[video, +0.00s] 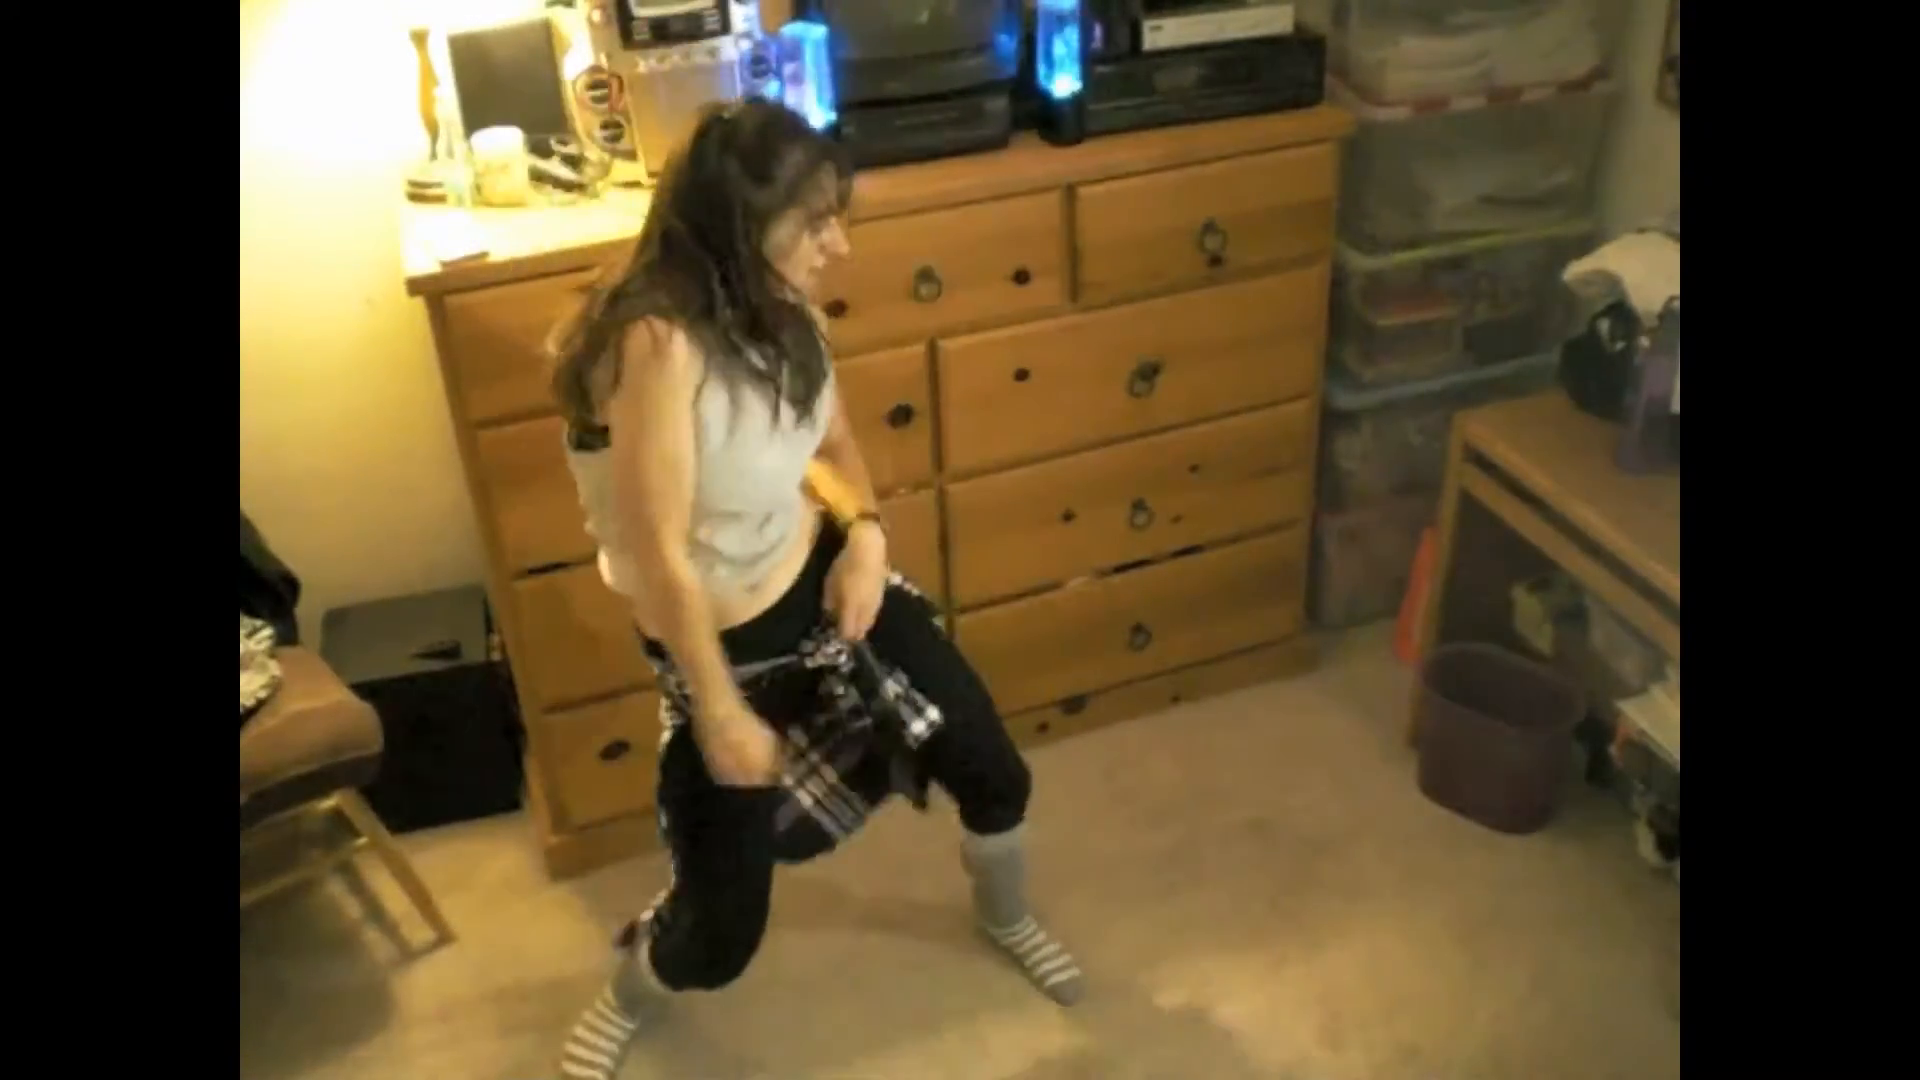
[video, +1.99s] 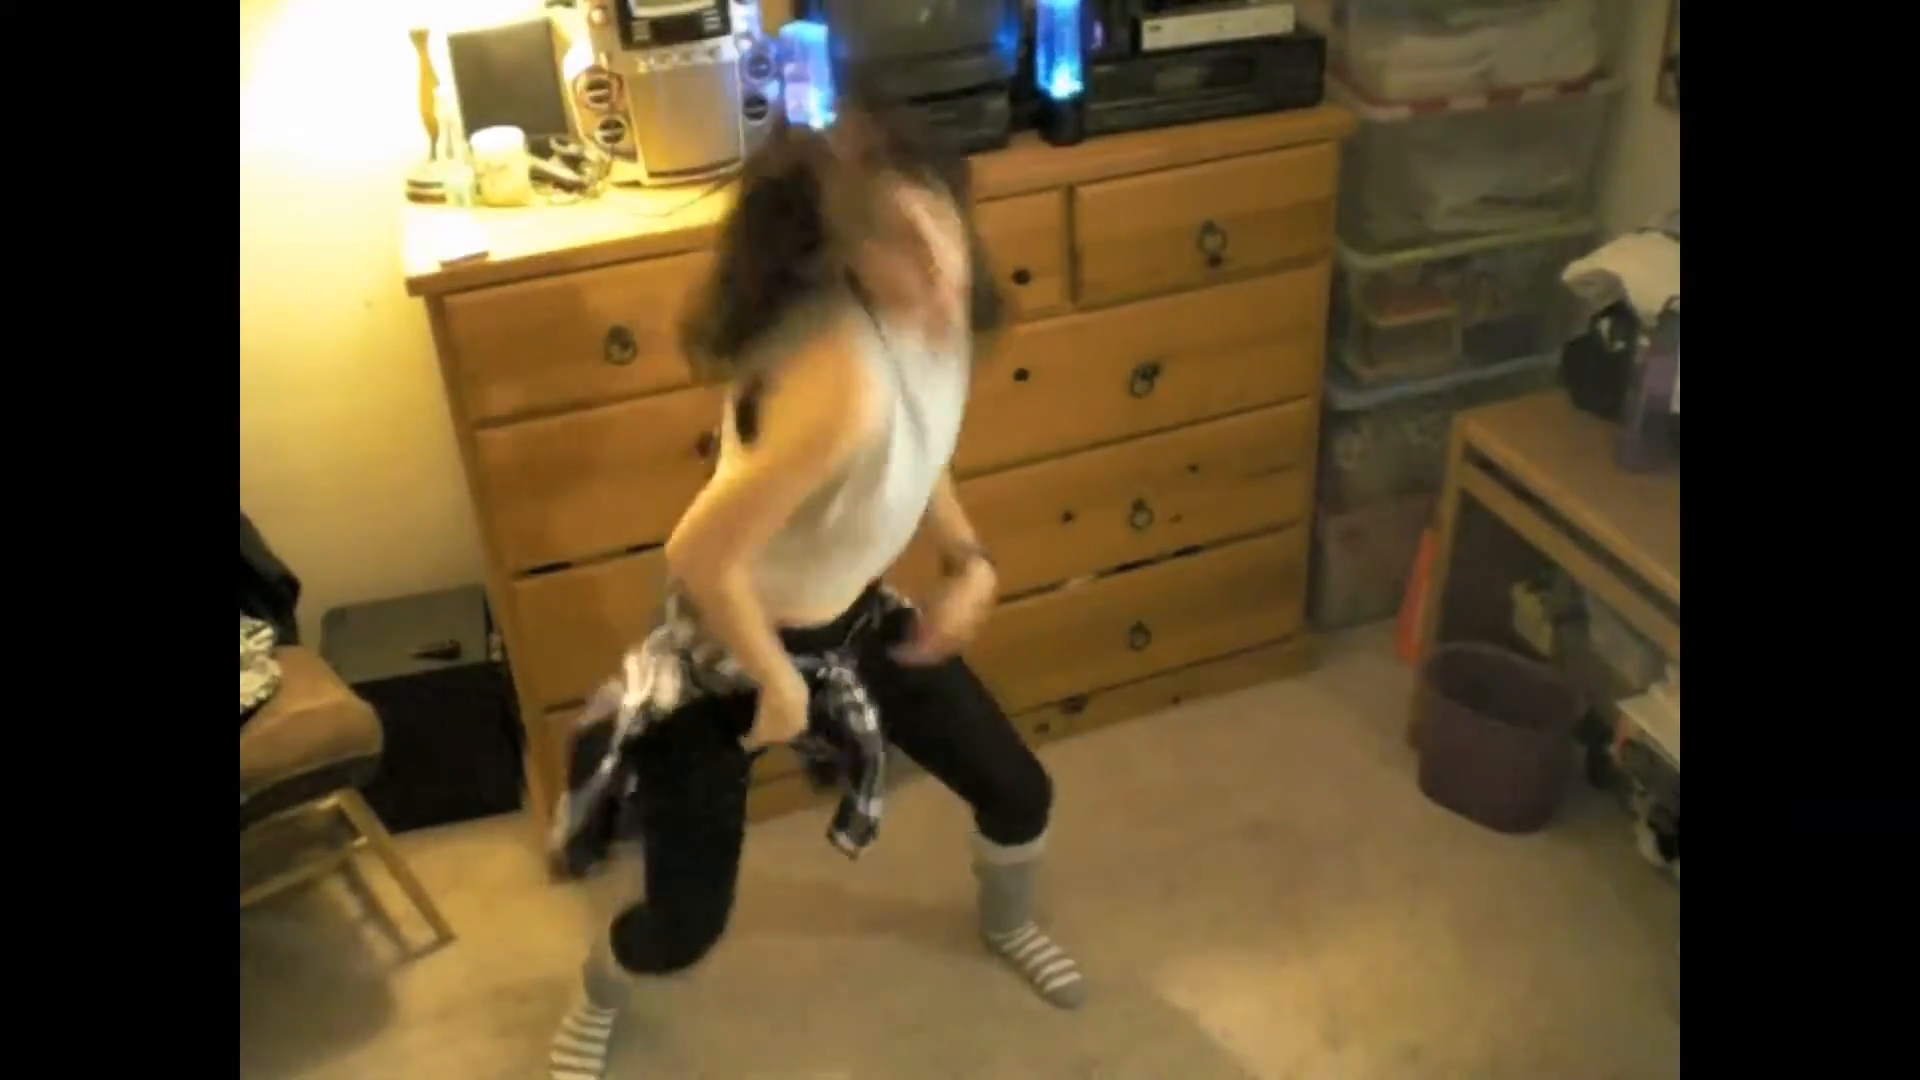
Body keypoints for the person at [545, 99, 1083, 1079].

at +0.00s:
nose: (838, 247)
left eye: (838, 220)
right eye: (816, 225)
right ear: (745, 226)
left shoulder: (784, 315)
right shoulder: (661, 344)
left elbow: (827, 443)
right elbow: (652, 547)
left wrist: (867, 529)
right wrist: (720, 710)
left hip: (830, 592)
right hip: (720, 659)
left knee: (994, 777)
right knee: (719, 937)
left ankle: (1009, 918)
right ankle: (625, 994)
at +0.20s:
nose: (796, 194)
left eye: (793, 167)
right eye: (773, 170)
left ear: (774, 171)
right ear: (700, 179)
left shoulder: (788, 279)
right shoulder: (615, 316)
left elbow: (850, 448)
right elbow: (493, 491)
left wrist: (856, 581)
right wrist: (600, 656)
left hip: (790, 597)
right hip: (666, 646)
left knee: (968, 774)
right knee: (672, 911)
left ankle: (1006, 919)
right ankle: (620, 1006)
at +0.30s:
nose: (711, 164)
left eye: (727, 133)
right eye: (675, 144)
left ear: (757, 142)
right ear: (619, 167)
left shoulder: (793, 275)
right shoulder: (596, 329)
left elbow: (828, 452)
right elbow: (447, 465)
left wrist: (823, 627)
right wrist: (550, 635)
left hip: (792, 621)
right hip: (655, 641)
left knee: (961, 788)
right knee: (653, 888)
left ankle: (1005, 920)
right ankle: (617, 1003)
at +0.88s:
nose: (602, 162)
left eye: (621, 141)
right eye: (598, 140)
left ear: (700, 130)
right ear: (624, 129)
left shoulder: (829, 233)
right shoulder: (618, 210)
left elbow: (856, 455)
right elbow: (589, 359)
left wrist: (762, 625)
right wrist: (574, 511)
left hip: (784, 598)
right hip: (633, 585)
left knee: (902, 789)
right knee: (600, 826)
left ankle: (1001, 923)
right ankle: (603, 999)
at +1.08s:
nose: (691, 157)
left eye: (714, 132)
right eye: (684, 131)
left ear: (787, 123)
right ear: (680, 123)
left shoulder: (861, 241)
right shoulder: (688, 224)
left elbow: (880, 469)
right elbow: (648, 359)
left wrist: (780, 618)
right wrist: (646, 490)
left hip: (806, 583)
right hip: (673, 551)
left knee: (883, 830)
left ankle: (985, 922)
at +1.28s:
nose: (829, 227)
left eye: (851, 199)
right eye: (800, 200)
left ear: (877, 215)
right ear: (748, 215)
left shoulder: (912, 342)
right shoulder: (690, 316)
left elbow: (1000, 491)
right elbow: (680, 467)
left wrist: (921, 630)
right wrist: (712, 618)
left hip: (891, 643)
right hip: (754, 644)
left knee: (965, 902)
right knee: (573, 865)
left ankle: (1000, 932)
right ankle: (588, 1021)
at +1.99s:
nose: (932, 257)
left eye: (936, 224)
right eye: (895, 242)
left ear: (960, 217)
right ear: (847, 260)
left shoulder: (945, 319)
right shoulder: (839, 384)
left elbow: (906, 454)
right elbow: (698, 555)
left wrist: (968, 557)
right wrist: (776, 678)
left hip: (861, 616)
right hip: (729, 645)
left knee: (1018, 794)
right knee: (685, 922)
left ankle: (1008, 924)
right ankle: (598, 994)